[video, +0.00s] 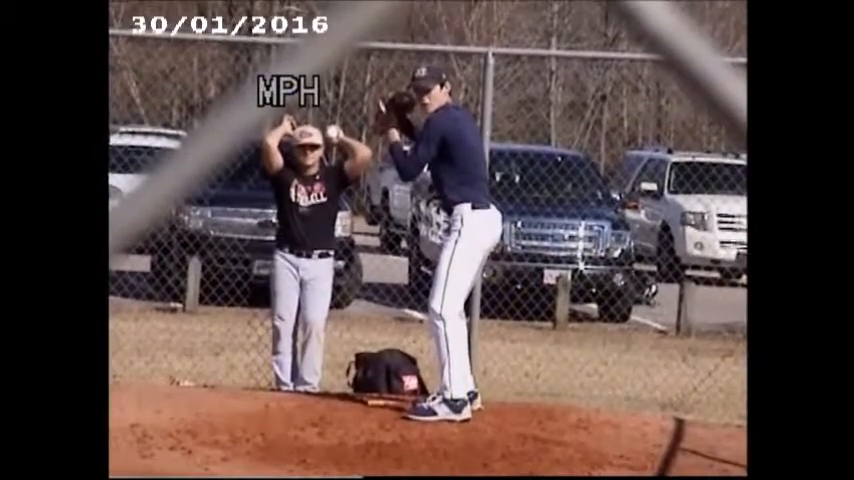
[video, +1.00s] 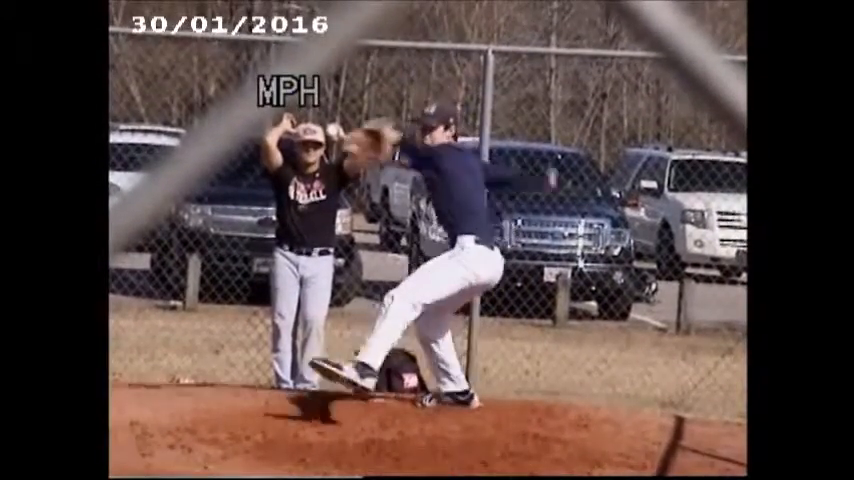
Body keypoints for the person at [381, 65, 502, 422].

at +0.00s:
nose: (420, 97)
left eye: (426, 91)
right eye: (418, 92)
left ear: (446, 89)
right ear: (440, 93)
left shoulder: (439, 121)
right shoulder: (458, 117)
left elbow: (409, 169)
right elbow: (419, 160)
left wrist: (392, 134)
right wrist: (402, 129)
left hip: (470, 218)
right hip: (481, 215)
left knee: (443, 308)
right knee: (448, 307)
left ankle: (455, 396)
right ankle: (462, 389)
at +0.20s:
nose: (423, 104)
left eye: (428, 96)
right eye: (420, 97)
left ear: (448, 91)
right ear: (441, 95)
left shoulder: (442, 123)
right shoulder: (461, 118)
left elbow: (405, 167)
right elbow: (427, 147)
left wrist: (389, 137)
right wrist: (406, 121)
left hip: (472, 216)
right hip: (480, 214)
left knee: (444, 305)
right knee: (435, 303)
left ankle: (455, 393)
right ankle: (460, 386)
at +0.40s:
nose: (428, 107)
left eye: (429, 101)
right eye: (425, 102)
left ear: (446, 91)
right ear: (450, 91)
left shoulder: (441, 124)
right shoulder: (474, 112)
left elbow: (399, 159)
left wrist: (397, 120)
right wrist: (417, 96)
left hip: (474, 214)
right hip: (497, 216)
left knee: (412, 274)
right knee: (449, 293)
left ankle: (444, 355)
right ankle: (461, 383)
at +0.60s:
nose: (419, 103)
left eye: (423, 96)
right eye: (417, 98)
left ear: (442, 91)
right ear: (445, 93)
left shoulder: (436, 121)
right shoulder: (472, 116)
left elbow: (393, 160)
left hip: (475, 211)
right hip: (503, 214)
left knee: (396, 234)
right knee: (461, 302)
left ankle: (422, 314)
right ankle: (462, 385)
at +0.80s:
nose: (426, 120)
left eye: (432, 114)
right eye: (425, 114)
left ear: (451, 113)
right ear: (454, 116)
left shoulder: (444, 139)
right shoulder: (475, 141)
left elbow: (391, 162)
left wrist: (356, 182)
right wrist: (443, 190)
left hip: (479, 230)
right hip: (505, 238)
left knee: (397, 264)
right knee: (443, 301)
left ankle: (364, 349)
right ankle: (458, 387)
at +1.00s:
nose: (424, 134)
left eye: (431, 129)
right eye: (424, 129)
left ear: (450, 130)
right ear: (450, 132)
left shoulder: (438, 156)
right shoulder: (474, 160)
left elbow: (396, 147)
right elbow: (496, 172)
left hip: (471, 255)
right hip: (490, 260)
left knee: (402, 298)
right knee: (430, 323)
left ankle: (365, 369)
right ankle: (457, 390)